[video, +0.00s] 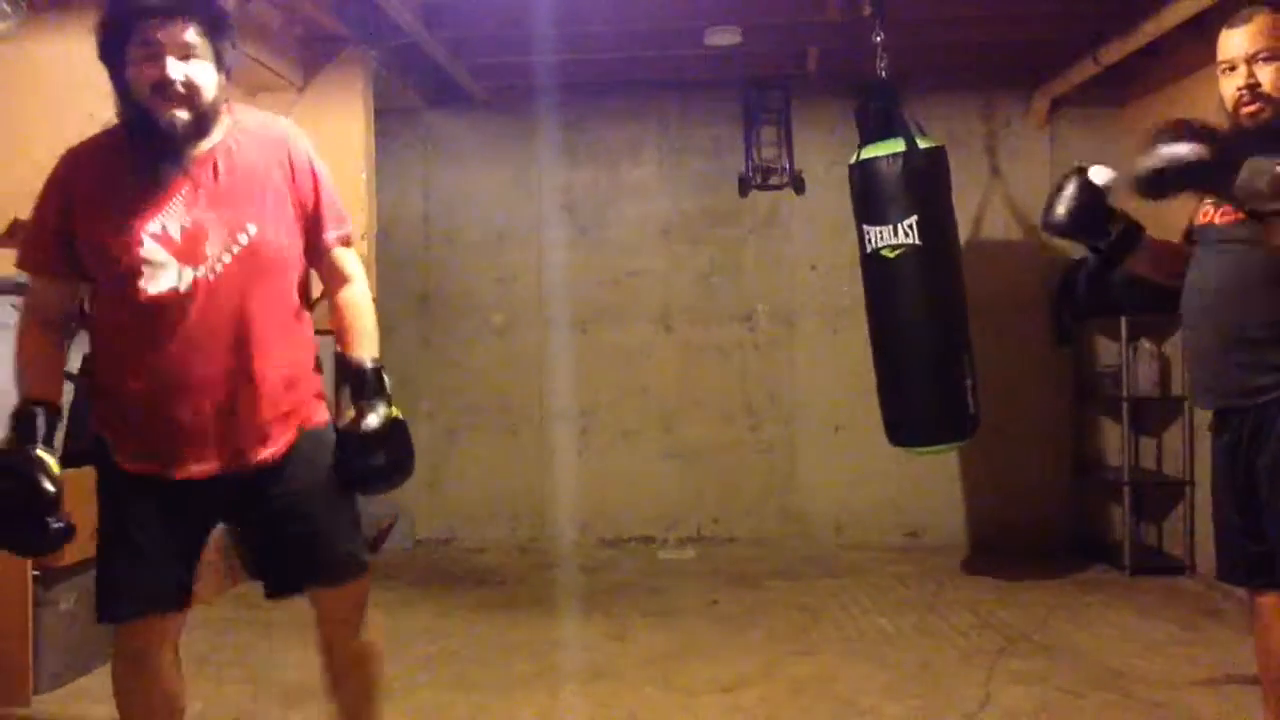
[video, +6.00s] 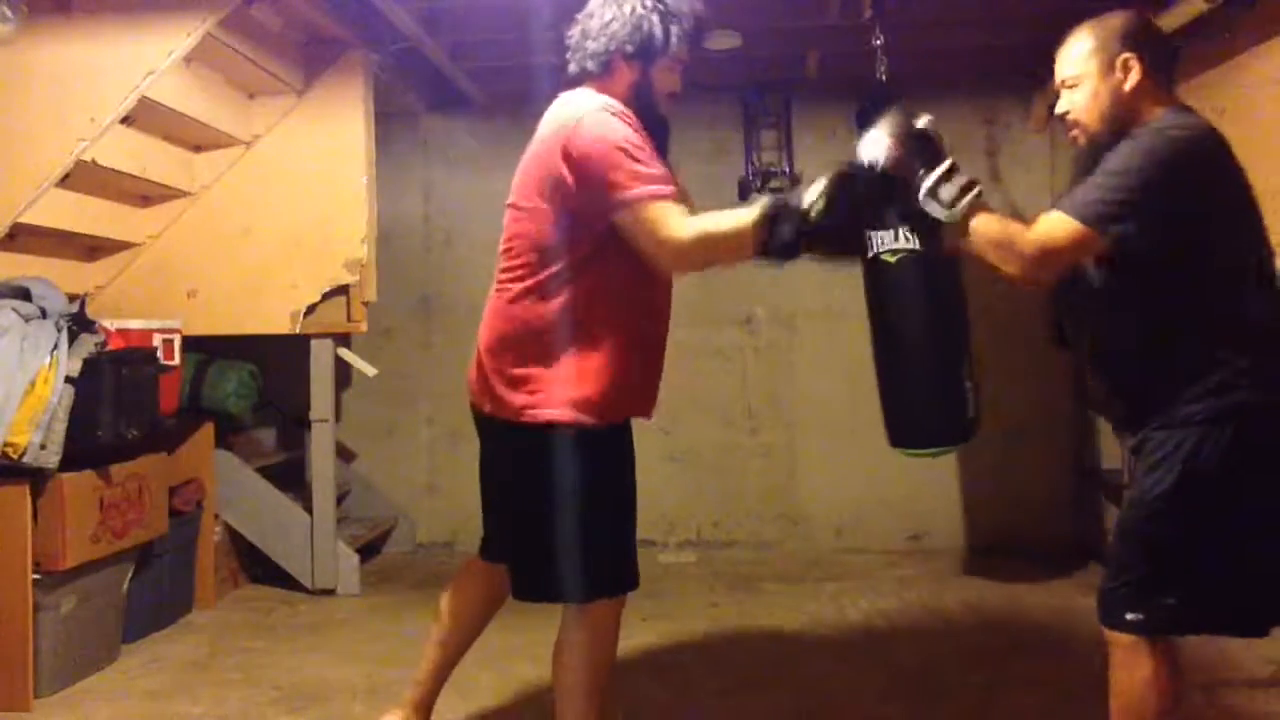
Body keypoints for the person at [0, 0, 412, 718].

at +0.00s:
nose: (170, 74)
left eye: (188, 53)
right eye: (149, 55)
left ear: (221, 62)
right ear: (120, 68)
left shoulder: (283, 152)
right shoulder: (83, 175)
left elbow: (345, 275)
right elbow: (47, 317)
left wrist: (369, 395)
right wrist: (33, 443)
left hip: (283, 439)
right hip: (148, 456)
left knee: (346, 598)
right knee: (142, 639)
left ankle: (363, 715)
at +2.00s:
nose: (295, 77)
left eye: (315, 61)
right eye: (276, 63)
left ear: (348, 78)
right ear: (248, 82)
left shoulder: (396, 171)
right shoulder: (204, 178)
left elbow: (428, 313)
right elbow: (150, 310)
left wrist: (435, 289)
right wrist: (186, 272)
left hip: (372, 469)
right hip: (221, 472)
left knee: (443, 645)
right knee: (143, 664)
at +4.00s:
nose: (345, 62)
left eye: (342, 47)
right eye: (328, 45)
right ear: (278, 55)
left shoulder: (337, 152)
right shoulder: (246, 138)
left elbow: (374, 267)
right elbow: (226, 264)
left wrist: (437, 320)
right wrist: (336, 329)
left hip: (334, 412)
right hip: (267, 415)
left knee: (322, 588)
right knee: (274, 608)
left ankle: (305, 711)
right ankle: (231, 711)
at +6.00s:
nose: (681, 83)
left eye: (682, 66)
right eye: (673, 65)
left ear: (611, 62)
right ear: (625, 60)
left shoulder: (588, 119)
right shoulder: (597, 124)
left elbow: (673, 235)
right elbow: (676, 244)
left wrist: (767, 222)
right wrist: (785, 213)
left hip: (523, 390)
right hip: (568, 399)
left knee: (497, 558)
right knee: (599, 595)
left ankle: (413, 705)